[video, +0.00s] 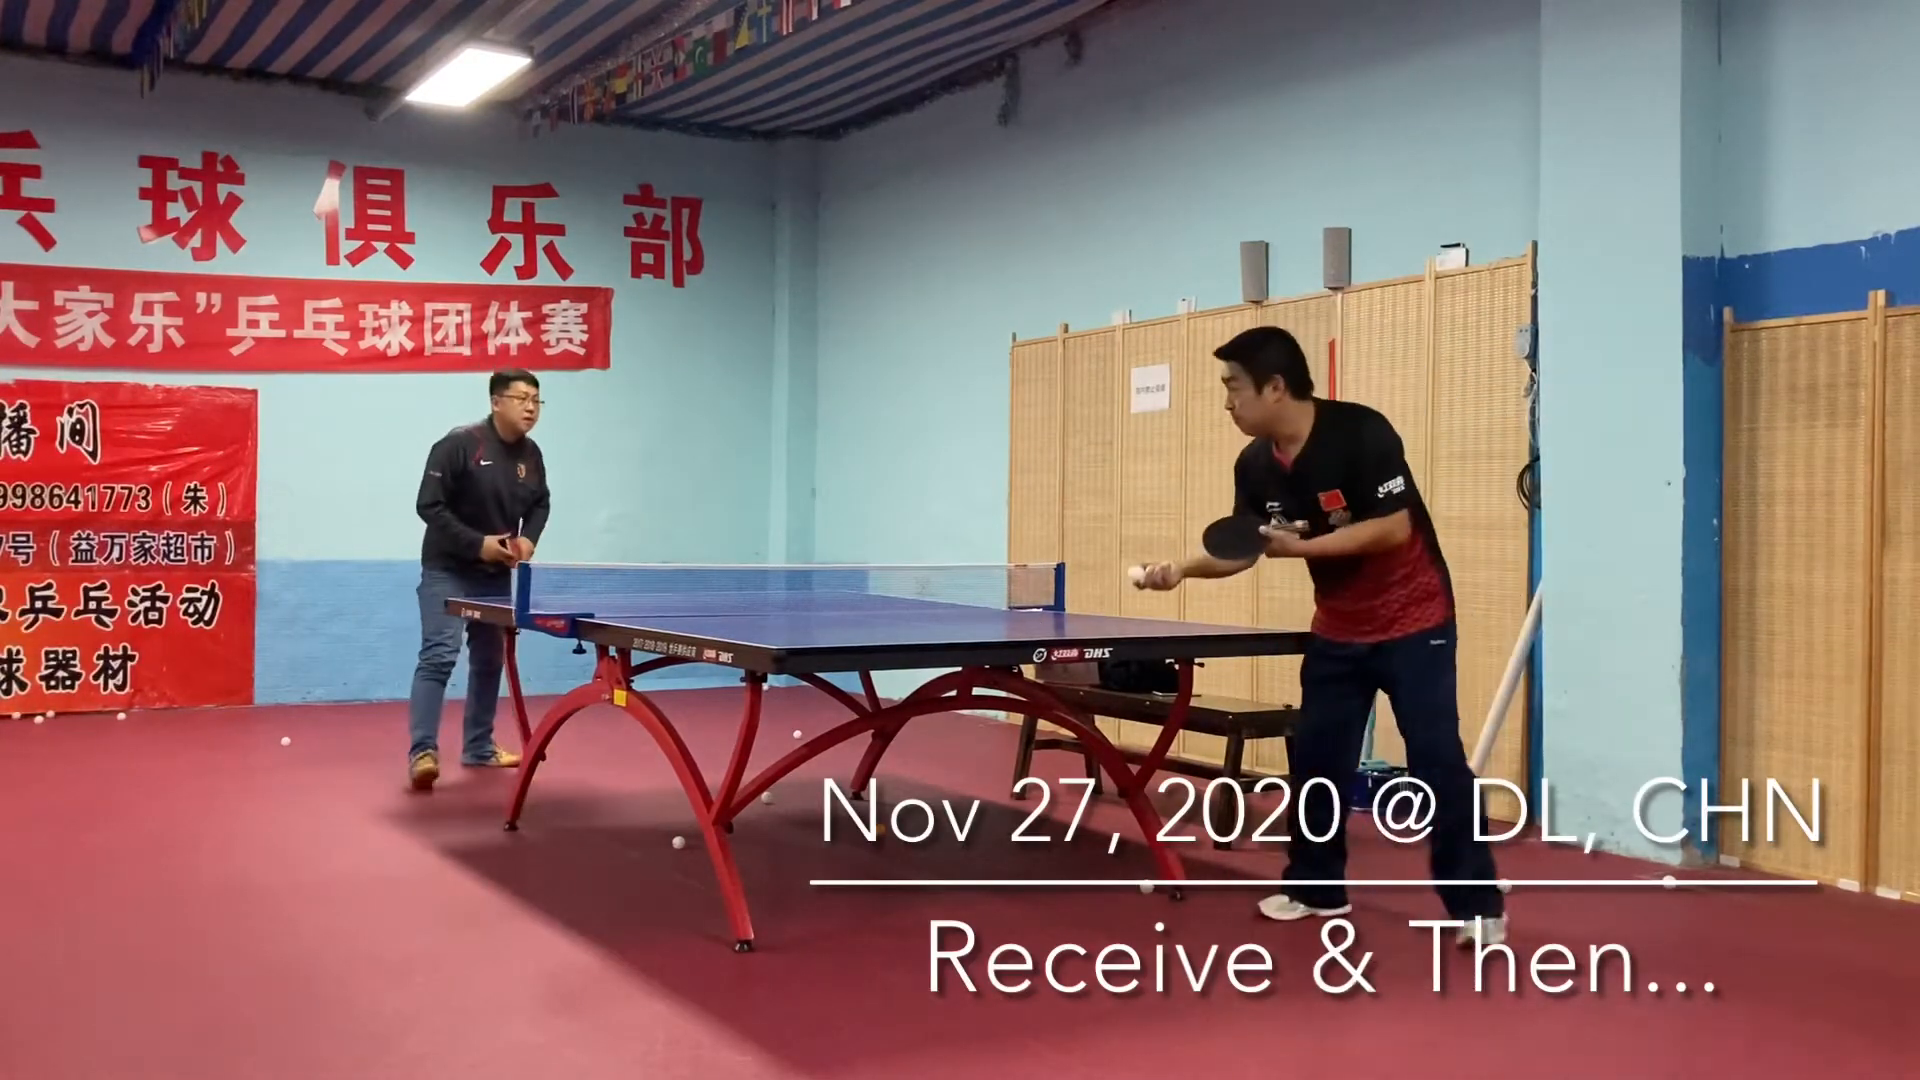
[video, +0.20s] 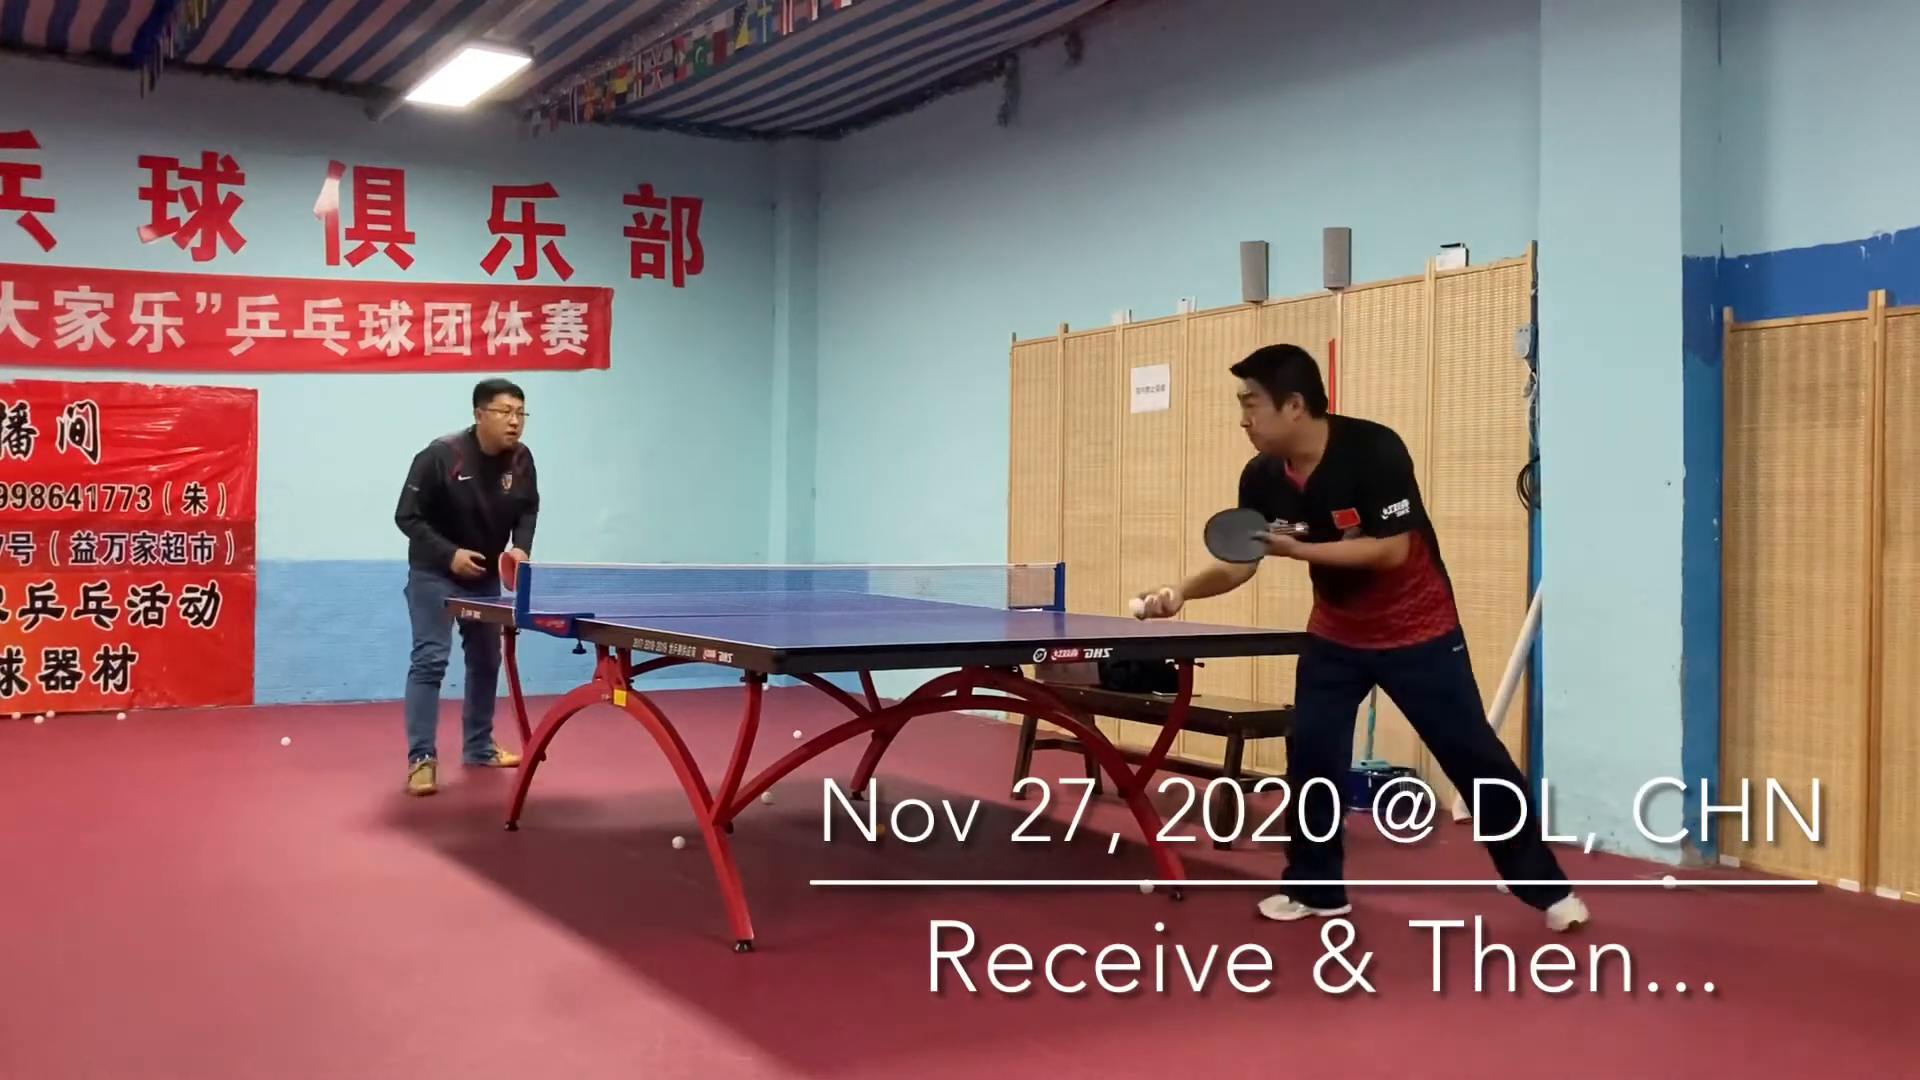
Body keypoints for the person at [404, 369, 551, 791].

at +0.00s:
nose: (531, 409)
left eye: (535, 401)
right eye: (522, 400)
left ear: (537, 408)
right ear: (497, 402)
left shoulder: (530, 453)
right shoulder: (457, 445)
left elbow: (539, 505)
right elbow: (428, 506)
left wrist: (527, 538)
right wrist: (478, 543)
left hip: (494, 573)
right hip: (446, 570)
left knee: (488, 662)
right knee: (438, 655)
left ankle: (478, 748)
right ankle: (423, 752)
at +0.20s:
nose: (515, 421)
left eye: (520, 414)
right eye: (505, 413)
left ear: (523, 419)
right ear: (479, 415)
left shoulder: (521, 460)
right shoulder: (440, 456)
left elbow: (527, 510)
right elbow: (407, 516)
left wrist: (519, 549)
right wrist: (450, 556)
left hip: (488, 577)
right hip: (434, 575)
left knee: (485, 663)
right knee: (429, 660)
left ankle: (479, 749)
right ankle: (422, 758)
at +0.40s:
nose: (507, 428)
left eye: (512, 420)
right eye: (497, 420)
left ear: (517, 421)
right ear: (471, 420)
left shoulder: (515, 457)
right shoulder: (430, 457)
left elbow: (519, 511)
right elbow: (397, 517)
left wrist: (510, 553)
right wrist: (436, 557)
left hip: (482, 572)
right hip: (427, 572)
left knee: (501, 649)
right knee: (425, 659)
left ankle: (485, 731)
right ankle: (421, 758)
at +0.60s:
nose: (509, 424)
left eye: (515, 415)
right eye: (498, 414)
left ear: (523, 419)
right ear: (474, 415)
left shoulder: (521, 454)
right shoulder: (440, 453)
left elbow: (527, 505)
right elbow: (406, 516)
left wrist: (520, 536)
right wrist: (453, 547)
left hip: (493, 576)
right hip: (436, 576)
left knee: (522, 651)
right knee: (433, 660)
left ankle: (523, 745)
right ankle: (423, 757)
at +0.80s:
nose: (525, 422)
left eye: (531, 414)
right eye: (515, 413)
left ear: (536, 417)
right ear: (490, 415)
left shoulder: (534, 457)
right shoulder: (455, 450)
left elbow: (542, 509)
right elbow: (420, 513)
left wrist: (542, 535)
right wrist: (463, 533)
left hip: (504, 576)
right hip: (448, 576)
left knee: (531, 661)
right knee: (443, 660)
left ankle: (548, 752)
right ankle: (425, 756)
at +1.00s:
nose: (550, 419)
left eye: (556, 411)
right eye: (541, 410)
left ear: (562, 416)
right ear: (516, 411)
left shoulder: (556, 459)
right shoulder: (478, 446)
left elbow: (565, 516)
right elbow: (444, 507)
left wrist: (563, 540)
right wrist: (485, 526)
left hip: (513, 574)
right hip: (459, 571)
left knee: (543, 660)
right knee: (438, 653)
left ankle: (552, 752)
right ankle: (412, 749)